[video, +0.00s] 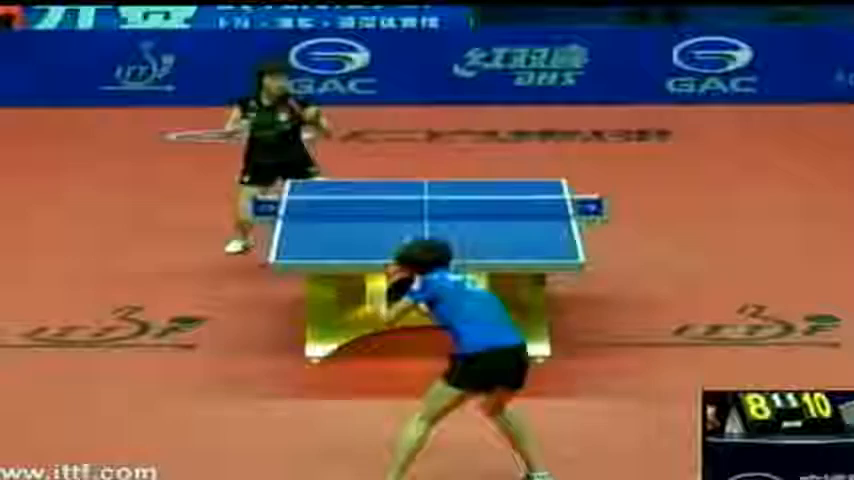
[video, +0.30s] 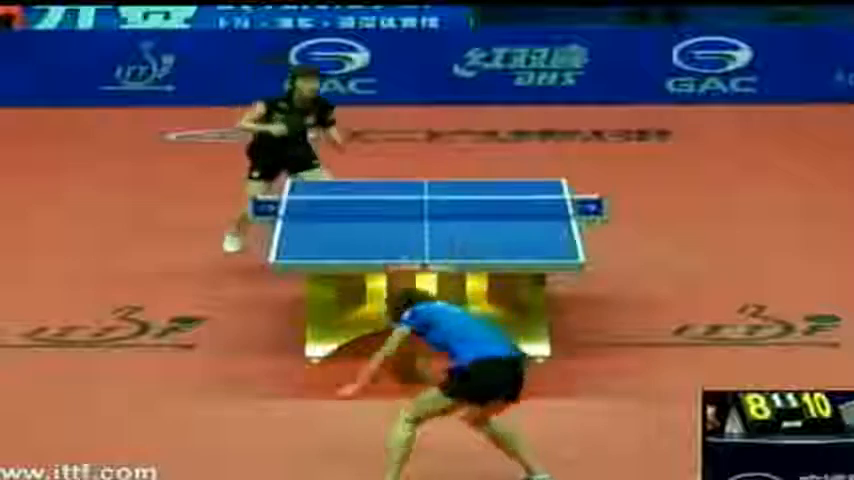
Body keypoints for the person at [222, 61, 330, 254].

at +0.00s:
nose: (280, 85)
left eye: (283, 79)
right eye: (274, 79)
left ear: (287, 82)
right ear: (263, 82)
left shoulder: (294, 104)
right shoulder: (248, 106)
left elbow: (325, 130)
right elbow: (231, 127)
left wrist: (316, 122)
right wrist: (236, 128)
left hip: (295, 163)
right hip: (260, 165)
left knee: (320, 193)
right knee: (244, 207)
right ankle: (244, 238)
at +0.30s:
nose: (311, 87)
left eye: (314, 82)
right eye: (306, 82)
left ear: (318, 85)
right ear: (295, 83)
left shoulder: (320, 107)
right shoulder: (273, 105)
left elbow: (330, 129)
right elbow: (243, 124)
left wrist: (338, 141)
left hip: (299, 153)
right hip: (267, 156)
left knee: (327, 192)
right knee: (256, 206)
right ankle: (236, 232)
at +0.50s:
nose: (324, 96)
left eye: (328, 91)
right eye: (320, 90)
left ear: (333, 94)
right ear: (309, 90)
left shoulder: (331, 117)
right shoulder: (287, 106)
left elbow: (340, 142)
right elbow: (253, 128)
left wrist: (349, 150)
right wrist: (280, 133)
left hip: (298, 159)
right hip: (266, 158)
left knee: (327, 196)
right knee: (250, 207)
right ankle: (213, 241)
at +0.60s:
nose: (321, 101)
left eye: (326, 97)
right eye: (317, 95)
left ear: (330, 100)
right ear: (306, 96)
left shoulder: (328, 123)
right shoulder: (284, 112)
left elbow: (339, 151)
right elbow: (246, 131)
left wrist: (354, 164)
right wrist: (275, 137)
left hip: (292, 164)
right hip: (261, 161)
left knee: (324, 198)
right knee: (244, 209)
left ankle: (323, 253)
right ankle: (206, 251)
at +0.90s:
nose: (316, 116)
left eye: (320, 111)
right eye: (312, 110)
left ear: (322, 114)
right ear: (299, 109)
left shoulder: (306, 136)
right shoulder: (277, 124)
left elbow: (315, 167)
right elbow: (267, 148)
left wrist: (342, 179)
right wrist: (310, 150)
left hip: (261, 176)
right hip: (235, 176)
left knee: (302, 194)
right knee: (243, 226)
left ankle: (294, 254)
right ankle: (198, 263)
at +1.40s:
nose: (317, 64)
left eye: (320, 58)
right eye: (313, 58)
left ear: (322, 60)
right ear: (301, 58)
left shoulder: (326, 79)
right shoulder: (277, 77)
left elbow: (339, 62)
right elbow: (233, 97)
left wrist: (316, 43)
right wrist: (252, 86)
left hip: (320, 145)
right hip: (285, 145)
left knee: (346, 191)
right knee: (257, 188)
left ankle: (349, 235)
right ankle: (230, 223)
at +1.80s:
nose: (293, 89)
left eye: (297, 84)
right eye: (288, 84)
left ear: (305, 85)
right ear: (281, 87)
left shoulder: (319, 107)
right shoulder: (274, 107)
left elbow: (342, 136)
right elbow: (267, 124)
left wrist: (313, 135)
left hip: (321, 165)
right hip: (282, 166)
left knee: (345, 196)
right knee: (262, 201)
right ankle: (257, 239)